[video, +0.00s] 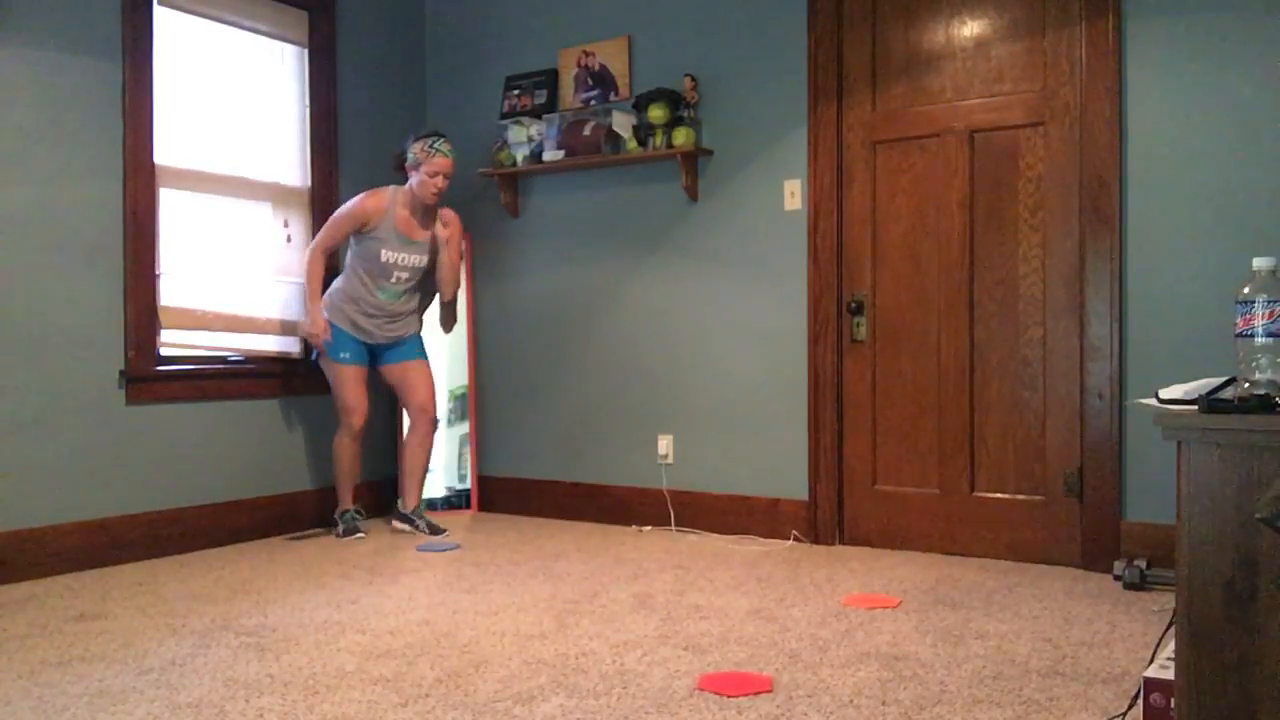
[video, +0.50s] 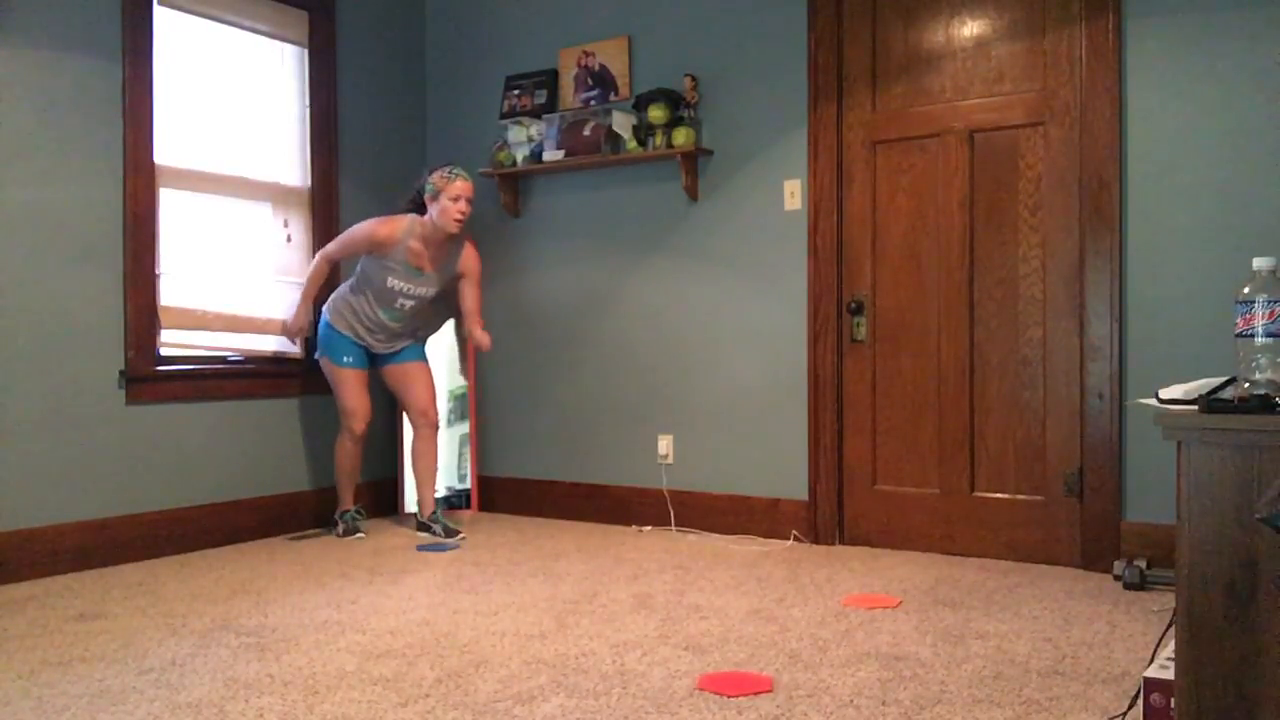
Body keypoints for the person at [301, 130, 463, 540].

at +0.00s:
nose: (441, 185)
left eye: (447, 177)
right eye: (434, 175)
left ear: (450, 177)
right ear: (411, 170)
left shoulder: (447, 222)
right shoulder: (373, 205)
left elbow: (447, 290)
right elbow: (318, 249)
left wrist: (447, 242)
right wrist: (314, 312)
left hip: (400, 328)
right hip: (346, 322)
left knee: (425, 413)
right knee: (354, 417)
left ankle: (408, 508)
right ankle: (346, 511)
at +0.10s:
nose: (442, 190)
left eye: (447, 182)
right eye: (434, 180)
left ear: (451, 186)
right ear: (411, 178)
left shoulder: (448, 234)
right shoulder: (371, 214)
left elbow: (447, 303)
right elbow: (316, 255)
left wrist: (448, 258)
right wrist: (309, 317)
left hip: (397, 330)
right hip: (342, 323)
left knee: (424, 411)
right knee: (353, 419)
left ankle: (423, 510)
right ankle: (345, 511)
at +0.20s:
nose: (447, 194)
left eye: (453, 188)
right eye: (439, 185)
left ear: (455, 193)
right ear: (415, 187)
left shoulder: (450, 240)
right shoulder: (375, 220)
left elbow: (449, 317)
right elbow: (319, 257)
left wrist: (453, 274)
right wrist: (305, 317)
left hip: (397, 335)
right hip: (342, 326)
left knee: (421, 417)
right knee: (354, 421)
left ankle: (427, 514)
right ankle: (345, 512)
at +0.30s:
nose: (454, 202)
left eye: (458, 195)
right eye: (445, 193)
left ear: (460, 201)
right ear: (420, 195)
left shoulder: (456, 246)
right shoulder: (380, 226)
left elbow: (459, 297)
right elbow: (322, 257)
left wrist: (456, 315)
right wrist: (303, 314)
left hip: (400, 337)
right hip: (344, 327)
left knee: (425, 418)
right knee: (356, 422)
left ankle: (427, 514)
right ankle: (346, 512)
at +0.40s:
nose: (459, 207)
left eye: (464, 200)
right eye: (451, 198)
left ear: (466, 205)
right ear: (425, 199)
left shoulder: (461, 252)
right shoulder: (384, 229)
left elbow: (462, 330)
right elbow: (323, 256)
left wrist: (465, 318)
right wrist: (302, 307)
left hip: (401, 339)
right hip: (346, 327)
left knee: (425, 418)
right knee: (357, 422)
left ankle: (428, 514)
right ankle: (346, 511)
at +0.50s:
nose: (464, 209)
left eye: (469, 202)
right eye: (456, 200)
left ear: (471, 207)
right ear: (430, 202)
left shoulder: (465, 256)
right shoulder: (388, 232)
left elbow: (471, 318)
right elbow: (326, 256)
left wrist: (476, 333)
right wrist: (303, 308)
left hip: (401, 339)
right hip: (347, 327)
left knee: (427, 418)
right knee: (356, 423)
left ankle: (427, 514)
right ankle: (346, 511)